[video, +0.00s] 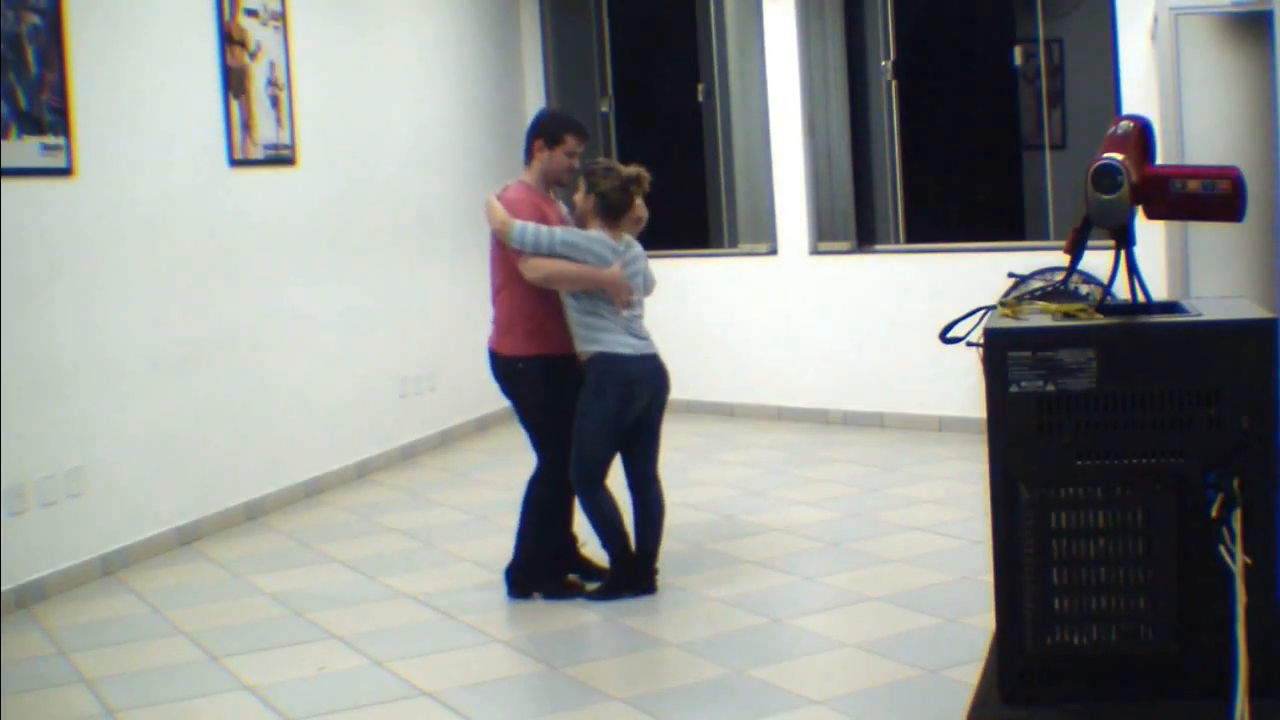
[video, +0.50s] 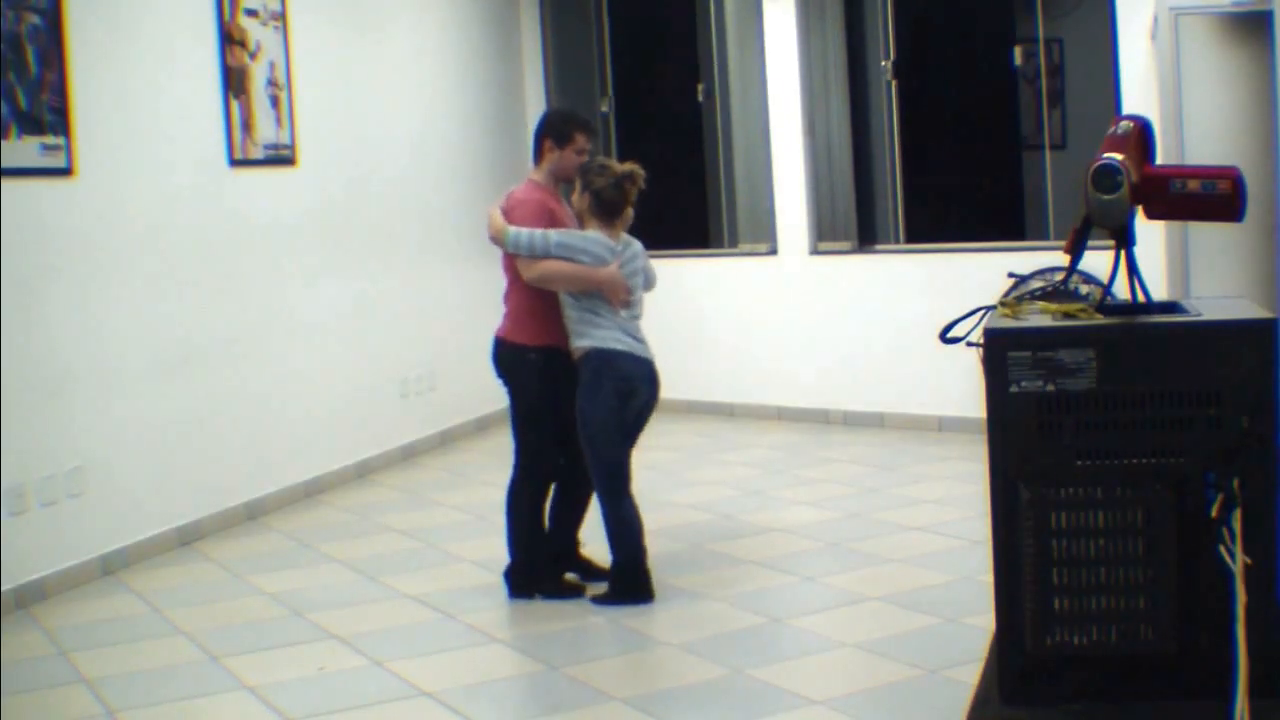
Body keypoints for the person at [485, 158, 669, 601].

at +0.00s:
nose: (573, 198)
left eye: (578, 192)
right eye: (575, 191)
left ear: (586, 202)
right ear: (629, 209)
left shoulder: (584, 244)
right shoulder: (634, 255)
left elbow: (504, 226)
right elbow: (648, 285)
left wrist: (490, 199)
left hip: (610, 371)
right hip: (651, 372)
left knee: (585, 477)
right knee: (645, 478)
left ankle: (624, 568)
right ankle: (644, 571)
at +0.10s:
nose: (574, 197)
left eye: (578, 191)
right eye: (574, 190)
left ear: (586, 201)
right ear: (633, 207)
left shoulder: (587, 243)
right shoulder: (636, 254)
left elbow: (505, 225)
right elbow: (650, 276)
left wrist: (491, 197)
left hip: (612, 369)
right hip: (652, 371)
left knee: (579, 473)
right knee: (644, 478)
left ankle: (620, 566)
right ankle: (644, 572)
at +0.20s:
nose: (573, 196)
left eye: (577, 189)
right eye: (574, 188)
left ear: (585, 199)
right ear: (631, 205)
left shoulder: (588, 243)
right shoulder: (637, 251)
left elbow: (505, 226)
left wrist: (491, 197)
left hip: (609, 367)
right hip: (649, 370)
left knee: (583, 474)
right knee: (641, 477)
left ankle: (626, 567)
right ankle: (642, 572)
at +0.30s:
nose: (572, 197)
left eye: (576, 190)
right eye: (573, 189)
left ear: (584, 199)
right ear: (628, 203)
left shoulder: (587, 244)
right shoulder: (635, 251)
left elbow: (505, 229)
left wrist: (491, 197)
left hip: (605, 368)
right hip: (644, 370)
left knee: (598, 473)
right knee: (628, 473)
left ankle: (633, 577)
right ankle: (640, 573)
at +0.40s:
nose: (572, 197)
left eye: (576, 191)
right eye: (573, 190)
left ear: (583, 202)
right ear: (628, 208)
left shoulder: (582, 245)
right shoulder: (634, 254)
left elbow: (501, 230)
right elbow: (646, 271)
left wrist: (493, 200)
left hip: (603, 368)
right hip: (642, 371)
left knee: (607, 475)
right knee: (614, 474)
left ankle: (634, 579)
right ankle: (635, 573)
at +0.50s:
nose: (573, 197)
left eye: (576, 192)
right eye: (574, 190)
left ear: (581, 202)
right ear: (628, 211)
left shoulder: (580, 245)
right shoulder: (633, 254)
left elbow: (501, 235)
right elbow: (651, 281)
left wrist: (495, 207)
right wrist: (622, 246)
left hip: (603, 369)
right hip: (643, 374)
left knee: (609, 481)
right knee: (611, 478)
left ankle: (632, 581)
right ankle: (632, 574)